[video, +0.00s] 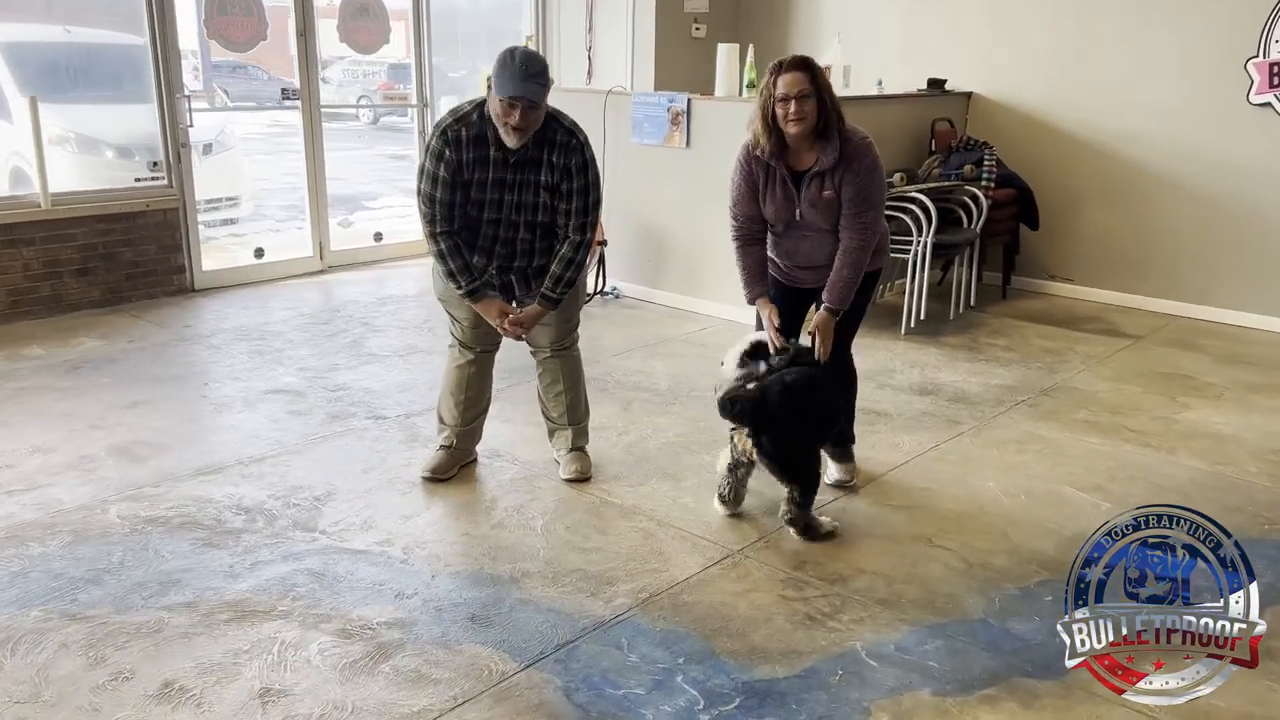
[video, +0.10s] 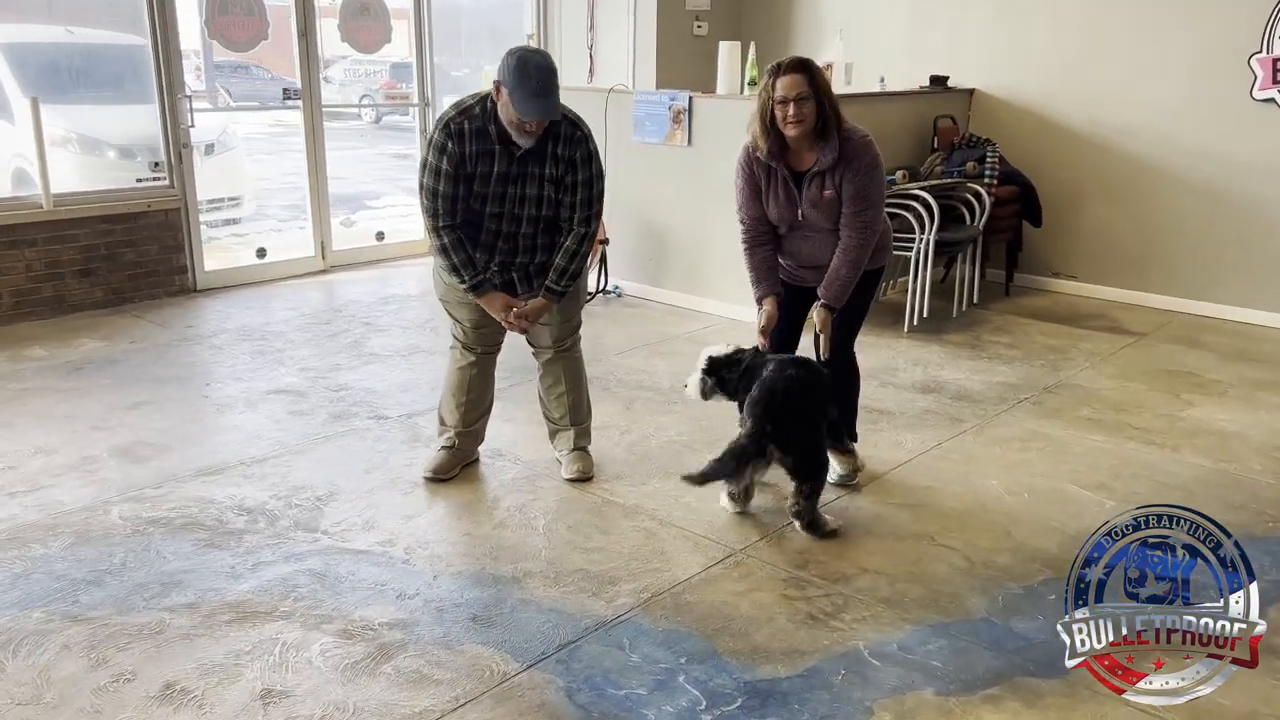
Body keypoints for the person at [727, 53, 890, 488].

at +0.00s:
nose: (793, 108)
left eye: (803, 98)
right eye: (782, 99)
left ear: (821, 101)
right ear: (769, 106)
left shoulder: (855, 152)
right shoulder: (756, 155)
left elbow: (858, 238)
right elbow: (746, 232)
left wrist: (830, 309)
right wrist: (761, 300)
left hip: (850, 267)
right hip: (787, 265)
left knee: (832, 351)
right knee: (773, 350)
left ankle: (839, 449)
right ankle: (761, 441)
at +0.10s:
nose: (792, 111)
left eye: (802, 99)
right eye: (781, 102)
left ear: (820, 102)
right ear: (769, 108)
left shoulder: (855, 150)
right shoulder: (756, 157)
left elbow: (859, 234)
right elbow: (755, 233)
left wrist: (826, 302)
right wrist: (767, 296)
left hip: (855, 263)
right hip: (794, 263)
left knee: (834, 345)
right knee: (773, 350)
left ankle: (840, 445)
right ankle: (760, 443)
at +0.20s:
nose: (794, 109)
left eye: (804, 97)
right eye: (784, 100)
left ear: (823, 99)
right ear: (772, 107)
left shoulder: (859, 147)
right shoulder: (759, 154)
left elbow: (861, 230)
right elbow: (758, 231)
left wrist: (836, 300)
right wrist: (764, 298)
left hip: (858, 260)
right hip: (796, 259)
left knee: (835, 343)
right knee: (776, 348)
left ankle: (844, 443)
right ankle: (776, 433)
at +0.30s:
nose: (799, 108)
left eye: (809, 96)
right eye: (788, 99)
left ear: (828, 97)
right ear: (776, 102)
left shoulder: (864, 143)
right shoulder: (764, 149)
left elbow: (867, 226)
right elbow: (761, 227)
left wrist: (844, 299)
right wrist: (761, 297)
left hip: (861, 257)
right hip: (800, 256)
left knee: (840, 343)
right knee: (781, 347)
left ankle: (850, 441)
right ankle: (785, 433)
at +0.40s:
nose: (803, 110)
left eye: (813, 100)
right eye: (794, 101)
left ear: (834, 95)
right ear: (782, 100)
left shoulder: (870, 140)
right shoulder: (770, 145)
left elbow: (874, 223)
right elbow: (765, 221)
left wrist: (850, 295)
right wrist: (765, 293)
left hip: (866, 255)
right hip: (804, 252)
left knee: (847, 342)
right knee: (786, 343)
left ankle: (857, 438)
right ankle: (792, 424)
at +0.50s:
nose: (809, 117)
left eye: (818, 106)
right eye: (800, 107)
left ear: (840, 98)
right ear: (787, 102)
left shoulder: (878, 140)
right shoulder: (777, 142)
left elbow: (883, 224)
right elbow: (771, 217)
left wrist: (860, 296)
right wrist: (775, 288)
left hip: (874, 253)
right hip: (811, 251)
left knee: (854, 338)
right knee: (793, 339)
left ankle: (864, 436)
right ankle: (798, 422)